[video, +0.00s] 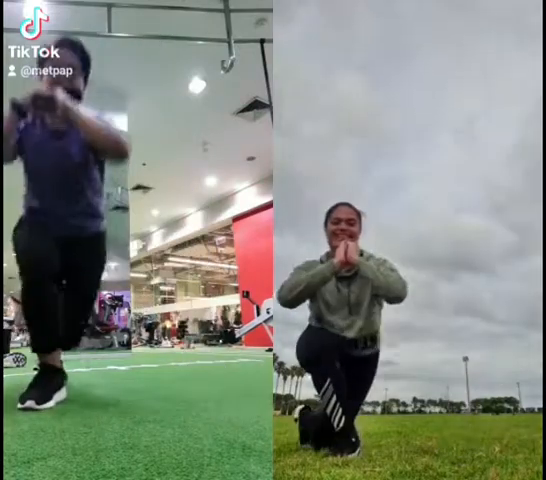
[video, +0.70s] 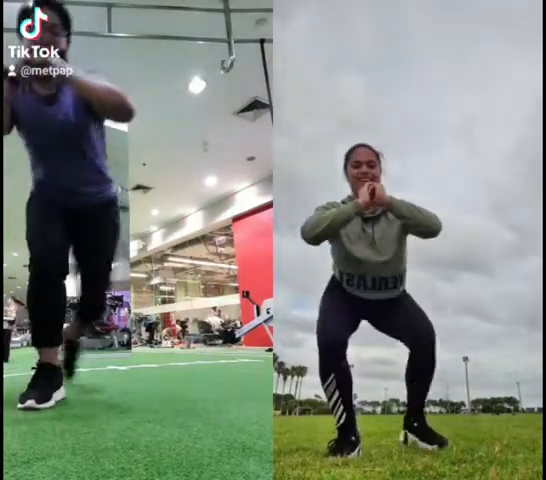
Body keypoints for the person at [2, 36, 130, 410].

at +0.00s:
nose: (54, 75)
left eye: (65, 68)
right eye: (48, 66)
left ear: (81, 79)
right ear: (37, 72)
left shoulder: (89, 121)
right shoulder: (27, 120)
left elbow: (120, 149)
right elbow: (4, 155)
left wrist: (69, 111)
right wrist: (15, 114)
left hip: (85, 230)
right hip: (38, 224)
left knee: (71, 329)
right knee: (36, 270)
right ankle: (51, 370)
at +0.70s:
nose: (41, 40)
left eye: (50, 32)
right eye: (33, 31)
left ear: (66, 42)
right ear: (22, 39)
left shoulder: (81, 87)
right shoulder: (16, 90)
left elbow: (125, 111)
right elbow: (4, 126)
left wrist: (67, 76)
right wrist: (9, 81)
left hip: (96, 200)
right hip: (48, 200)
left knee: (95, 294)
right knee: (44, 277)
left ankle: (71, 338)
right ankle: (48, 368)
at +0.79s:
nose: (51, 30)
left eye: (60, 23)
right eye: (44, 22)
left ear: (74, 33)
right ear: (30, 30)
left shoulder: (89, 78)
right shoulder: (21, 82)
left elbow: (133, 106)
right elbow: (5, 119)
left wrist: (77, 65)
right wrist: (14, 74)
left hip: (101, 195)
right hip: (52, 196)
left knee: (122, 276)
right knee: (45, 276)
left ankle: (98, 329)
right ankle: (48, 371)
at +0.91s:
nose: (61, 32)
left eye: (70, 25)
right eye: (55, 24)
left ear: (85, 32)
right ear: (44, 29)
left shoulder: (99, 78)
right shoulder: (31, 80)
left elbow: (144, 109)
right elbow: (5, 119)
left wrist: (90, 67)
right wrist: (24, 71)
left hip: (107, 196)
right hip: (57, 198)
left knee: (144, 260)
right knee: (45, 275)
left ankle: (143, 344)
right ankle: (48, 371)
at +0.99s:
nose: (76, 40)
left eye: (85, 33)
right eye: (69, 30)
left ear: (98, 41)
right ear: (55, 34)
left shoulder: (112, 88)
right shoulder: (42, 90)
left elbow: (159, 116)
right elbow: (10, 129)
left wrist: (107, 77)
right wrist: (43, 76)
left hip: (117, 203)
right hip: (66, 205)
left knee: (163, 263)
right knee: (46, 278)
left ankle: (187, 354)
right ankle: (49, 372)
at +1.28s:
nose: (116, 78)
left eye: (125, 70)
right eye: (107, 70)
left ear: (137, 79)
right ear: (91, 79)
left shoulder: (150, 124)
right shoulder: (80, 127)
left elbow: (197, 157)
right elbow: (44, 172)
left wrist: (140, 118)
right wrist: (81, 122)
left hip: (151, 235)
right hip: (97, 237)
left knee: (199, 271)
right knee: (50, 272)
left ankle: (210, 370)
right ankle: (49, 372)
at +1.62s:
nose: (157, 50)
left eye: (167, 42)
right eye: (149, 41)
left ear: (180, 52)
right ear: (135, 49)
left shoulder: (191, 105)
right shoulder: (122, 104)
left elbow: (239, 131)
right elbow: (81, 144)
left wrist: (183, 94)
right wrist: (118, 92)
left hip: (181, 216)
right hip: (129, 215)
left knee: (214, 271)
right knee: (84, 277)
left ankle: (212, 372)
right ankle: (50, 371)